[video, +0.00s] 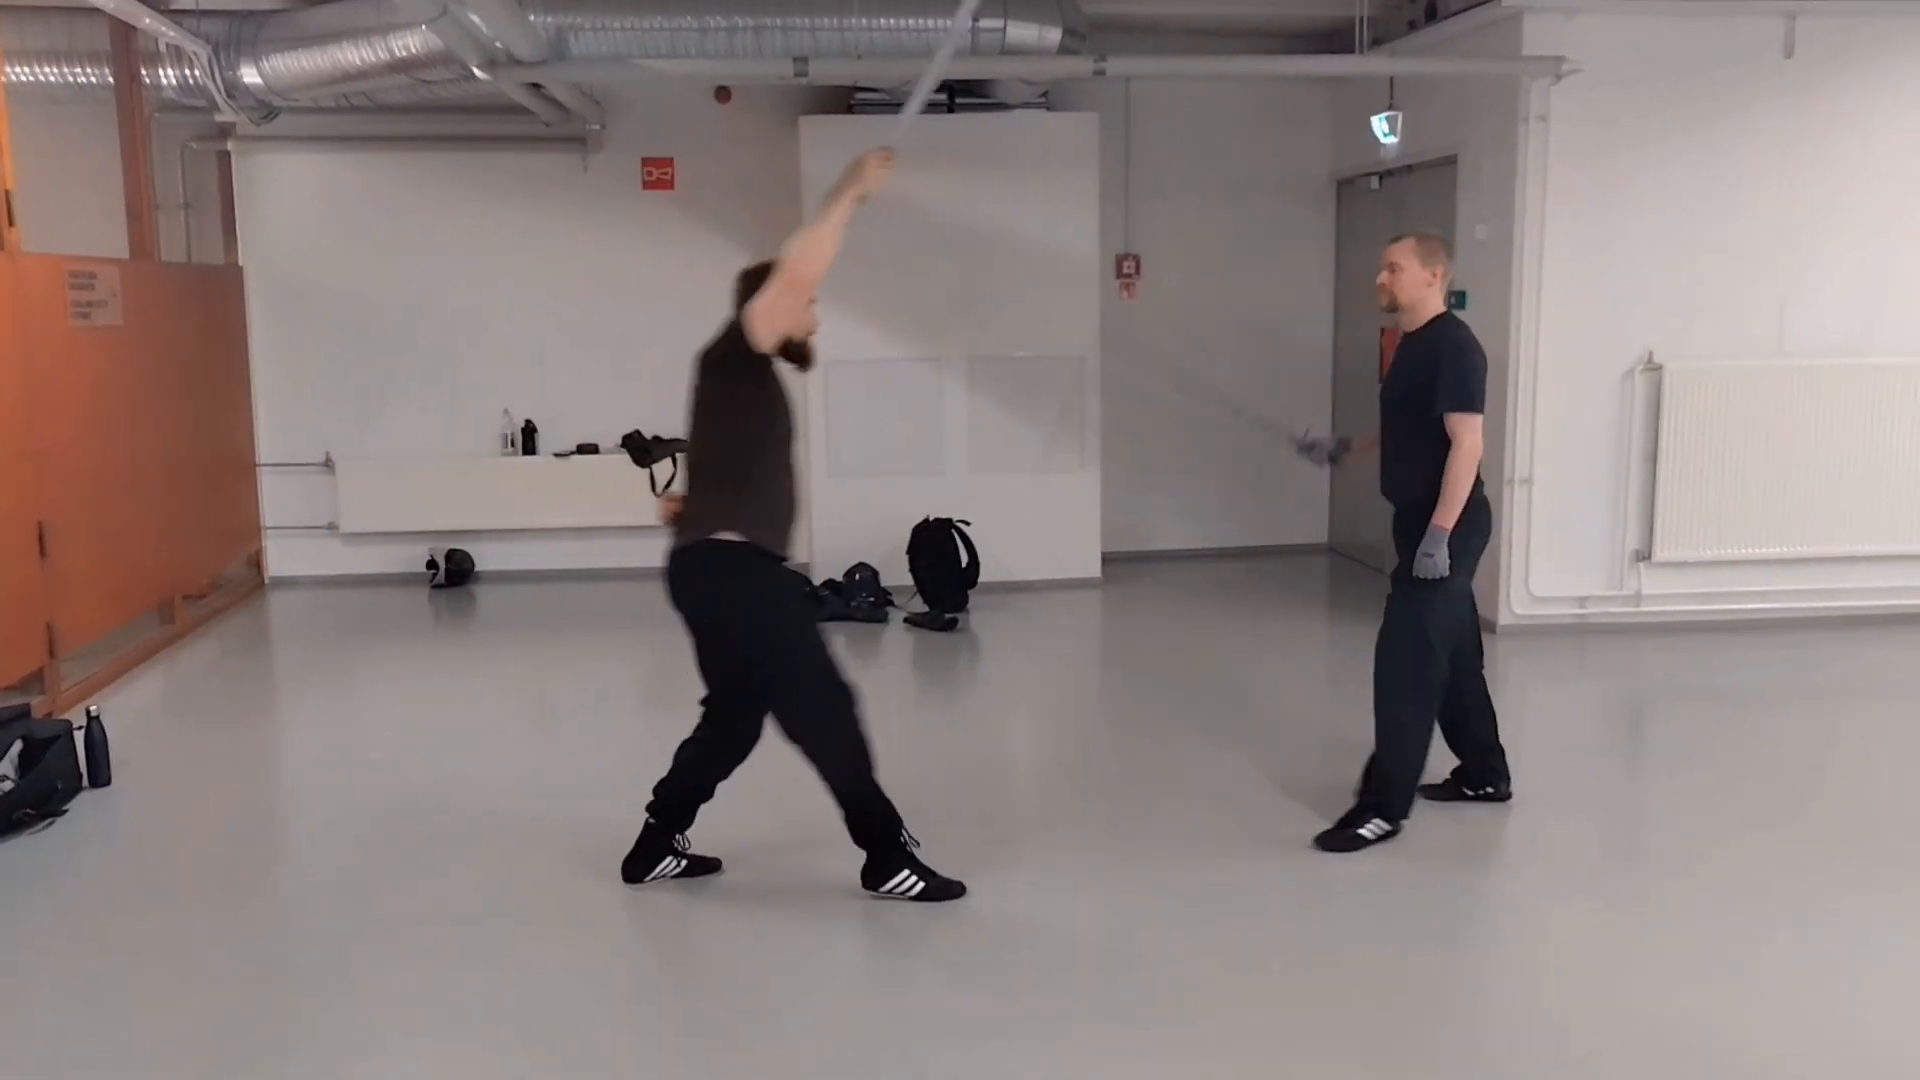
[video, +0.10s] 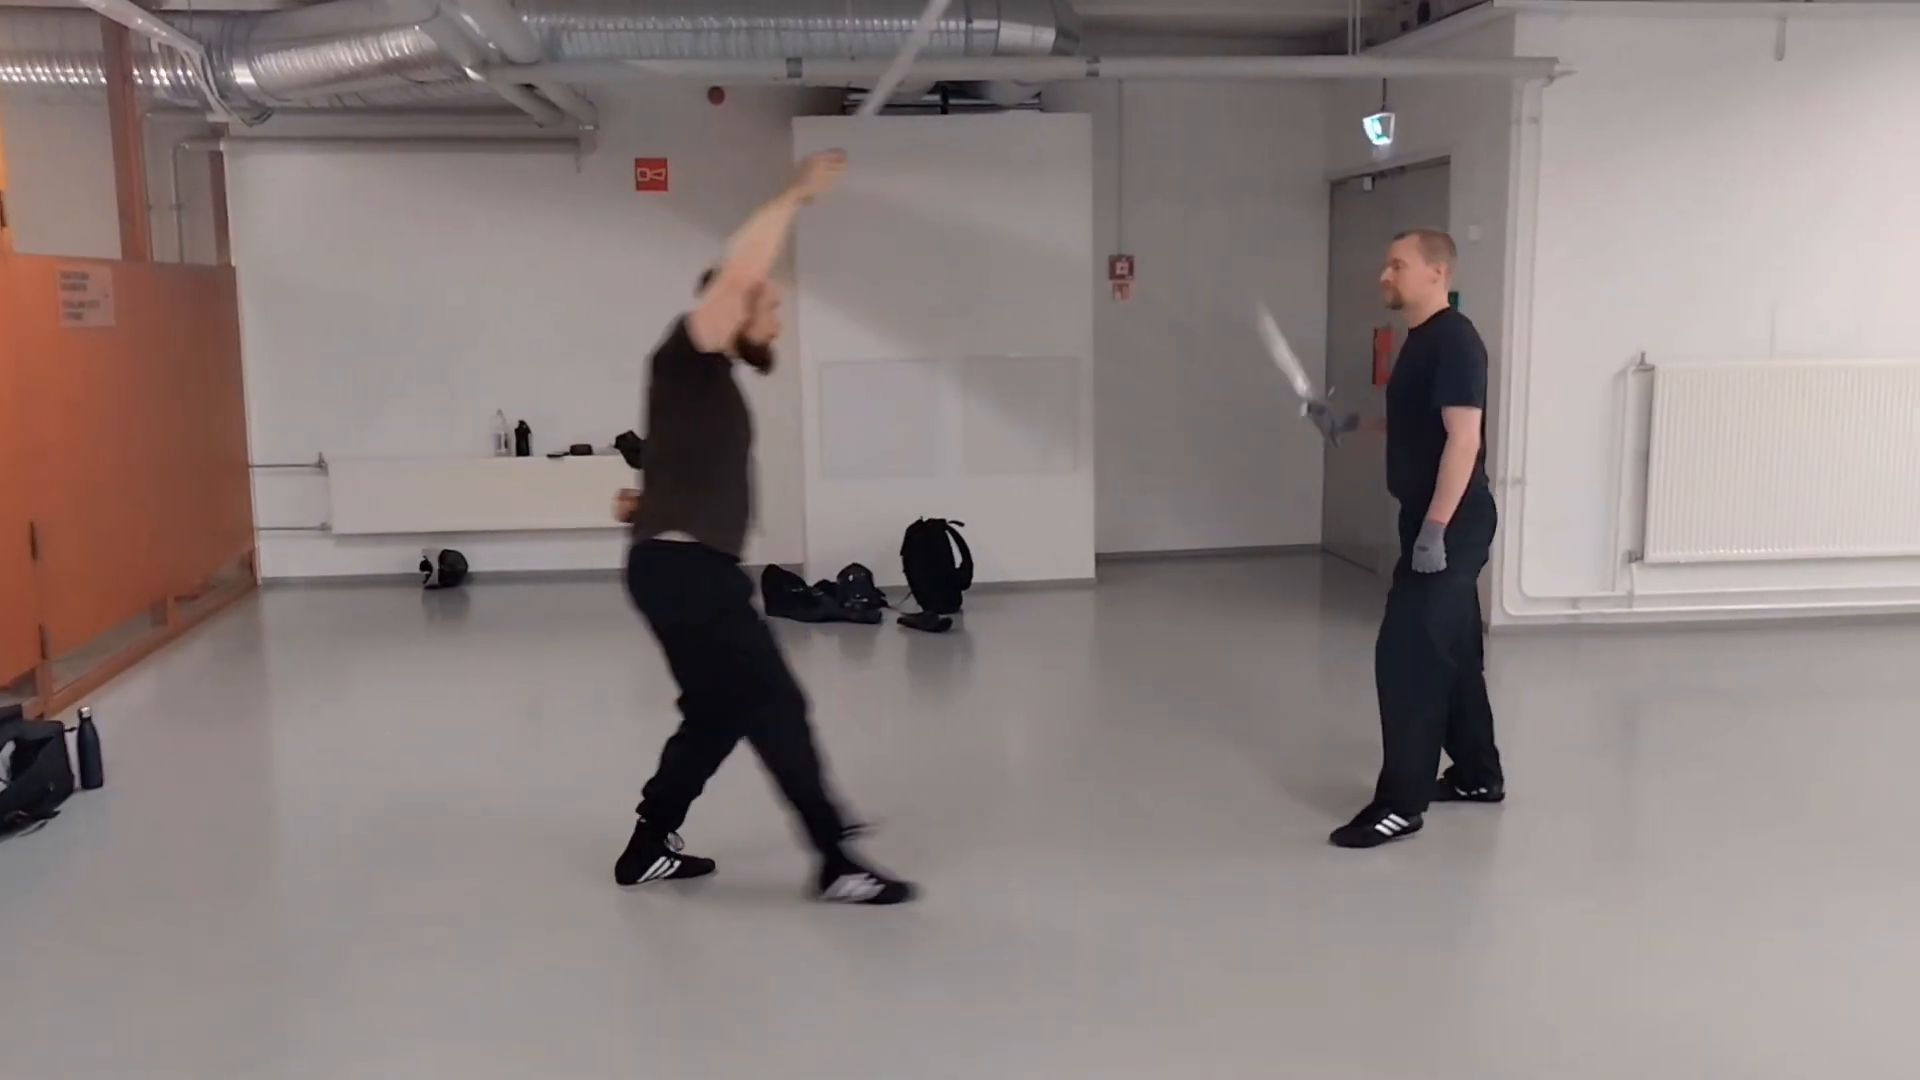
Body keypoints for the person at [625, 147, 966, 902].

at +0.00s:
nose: (814, 314)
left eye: (814, 301)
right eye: (804, 299)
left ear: (770, 304)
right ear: (769, 300)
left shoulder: (743, 374)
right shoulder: (738, 357)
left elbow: (732, 477)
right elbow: (796, 275)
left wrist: (691, 508)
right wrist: (848, 196)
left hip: (712, 567)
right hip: (737, 566)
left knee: (734, 718)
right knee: (825, 710)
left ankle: (654, 845)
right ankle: (888, 858)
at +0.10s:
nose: (775, 316)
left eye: (776, 304)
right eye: (765, 302)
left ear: (751, 314)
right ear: (727, 300)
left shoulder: (711, 380)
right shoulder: (688, 359)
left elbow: (704, 479)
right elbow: (741, 273)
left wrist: (649, 503)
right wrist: (793, 194)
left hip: (690, 566)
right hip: (682, 566)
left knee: (718, 713)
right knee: (774, 705)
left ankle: (646, 846)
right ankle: (836, 862)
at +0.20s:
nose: (742, 316)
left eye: (743, 304)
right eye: (734, 302)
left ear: (710, 313)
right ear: (698, 301)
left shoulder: (679, 376)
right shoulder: (651, 354)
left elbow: (662, 470)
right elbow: (690, 269)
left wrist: (609, 499)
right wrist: (747, 186)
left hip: (649, 562)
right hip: (639, 563)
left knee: (687, 714)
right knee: (729, 707)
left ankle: (636, 851)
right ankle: (748, 868)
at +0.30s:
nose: (709, 310)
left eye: (709, 298)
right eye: (702, 297)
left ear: (680, 304)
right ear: (666, 295)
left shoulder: (647, 370)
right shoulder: (612, 348)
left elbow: (625, 458)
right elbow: (651, 263)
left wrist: (575, 487)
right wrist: (711, 181)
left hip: (622, 559)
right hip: (589, 557)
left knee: (667, 705)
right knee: (661, 706)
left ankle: (639, 851)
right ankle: (629, 863)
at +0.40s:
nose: (676, 309)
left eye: (674, 296)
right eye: (666, 296)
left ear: (646, 304)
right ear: (629, 297)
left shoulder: (619, 378)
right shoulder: (571, 351)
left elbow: (593, 464)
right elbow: (610, 266)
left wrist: (538, 487)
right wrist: (670, 186)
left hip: (589, 563)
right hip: (545, 557)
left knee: (640, 709)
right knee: (601, 711)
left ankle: (622, 855)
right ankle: (517, 868)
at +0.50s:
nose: (638, 311)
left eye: (637, 299)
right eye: (629, 298)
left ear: (602, 311)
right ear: (590, 301)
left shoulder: (585, 379)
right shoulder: (536, 353)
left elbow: (543, 467)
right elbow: (569, 269)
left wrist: (491, 499)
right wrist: (627, 187)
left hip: (556, 574)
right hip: (504, 567)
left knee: (615, 706)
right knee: (505, 728)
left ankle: (616, 853)